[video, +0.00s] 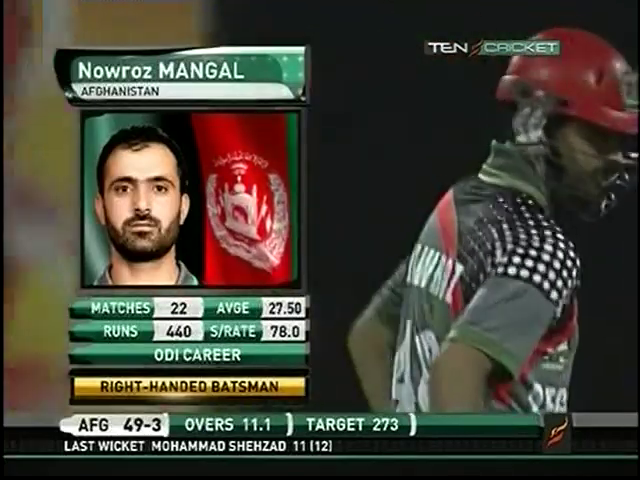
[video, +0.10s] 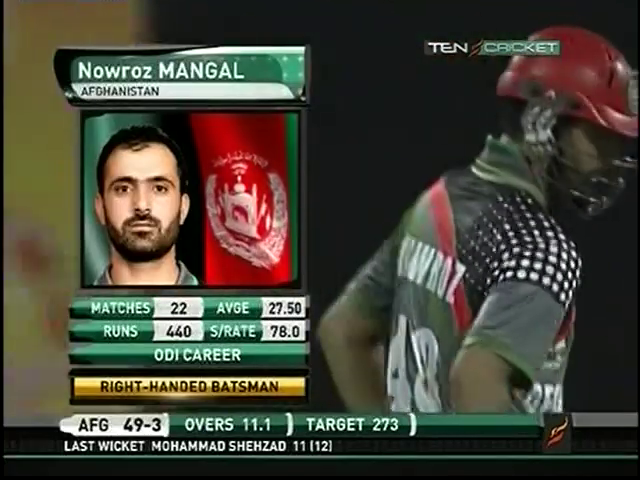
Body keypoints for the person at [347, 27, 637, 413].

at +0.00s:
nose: (617, 161)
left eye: (619, 142)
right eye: (598, 139)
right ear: (538, 128)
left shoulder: (459, 205)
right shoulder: (542, 248)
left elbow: (369, 337)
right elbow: (457, 371)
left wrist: (404, 445)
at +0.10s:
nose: (612, 164)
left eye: (616, 146)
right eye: (599, 141)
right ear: (543, 126)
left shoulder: (439, 200)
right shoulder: (542, 248)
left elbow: (342, 331)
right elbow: (476, 378)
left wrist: (393, 449)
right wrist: (522, 479)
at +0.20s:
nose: (603, 154)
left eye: (606, 137)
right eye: (590, 132)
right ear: (534, 113)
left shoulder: (414, 188)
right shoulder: (532, 234)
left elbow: (324, 303)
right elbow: (498, 372)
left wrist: (371, 423)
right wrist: (534, 473)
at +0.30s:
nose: (589, 154)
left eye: (593, 136)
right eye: (578, 129)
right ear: (524, 112)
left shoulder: (401, 187)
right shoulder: (522, 227)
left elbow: (314, 303)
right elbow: (519, 370)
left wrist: (364, 419)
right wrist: (584, 470)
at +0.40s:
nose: (587, 166)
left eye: (591, 148)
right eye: (576, 142)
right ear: (522, 125)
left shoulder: (402, 203)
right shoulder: (516, 239)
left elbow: (321, 327)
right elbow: (535, 385)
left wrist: (376, 433)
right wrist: (617, 446)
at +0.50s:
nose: (587, 177)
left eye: (592, 159)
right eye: (579, 152)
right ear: (525, 135)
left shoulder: (415, 214)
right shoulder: (516, 249)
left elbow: (328, 348)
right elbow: (534, 405)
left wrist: (393, 441)